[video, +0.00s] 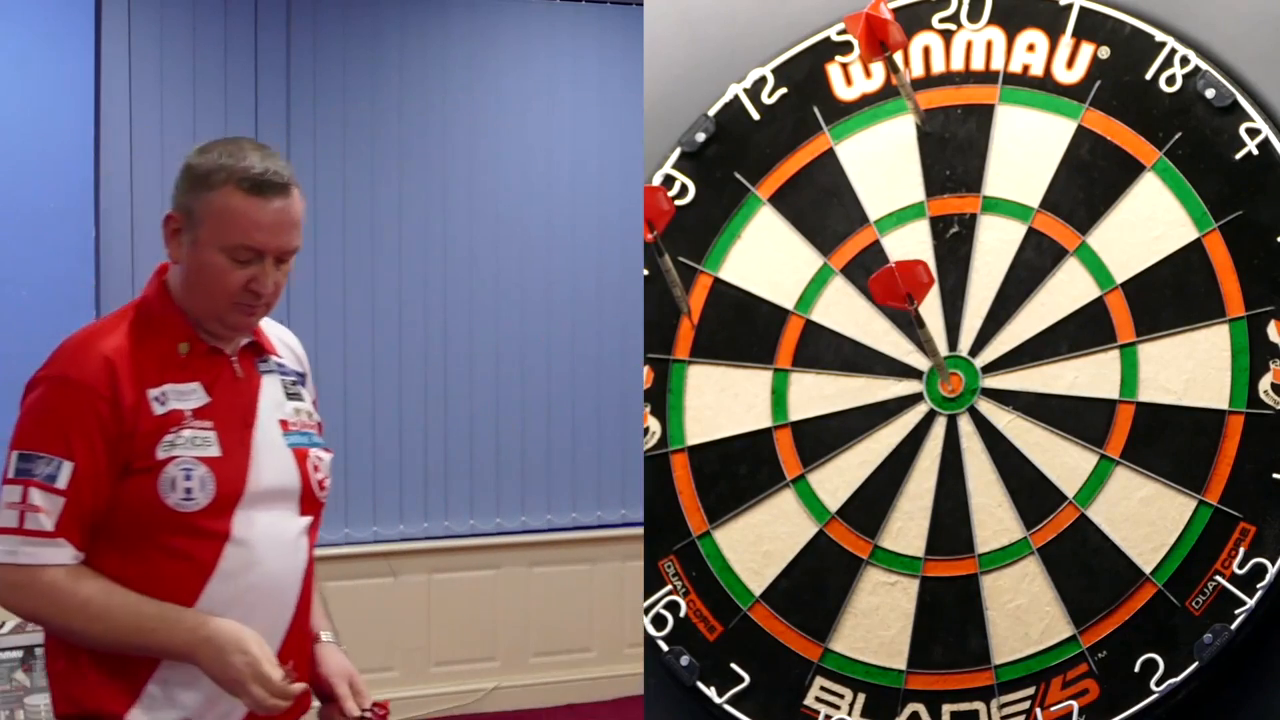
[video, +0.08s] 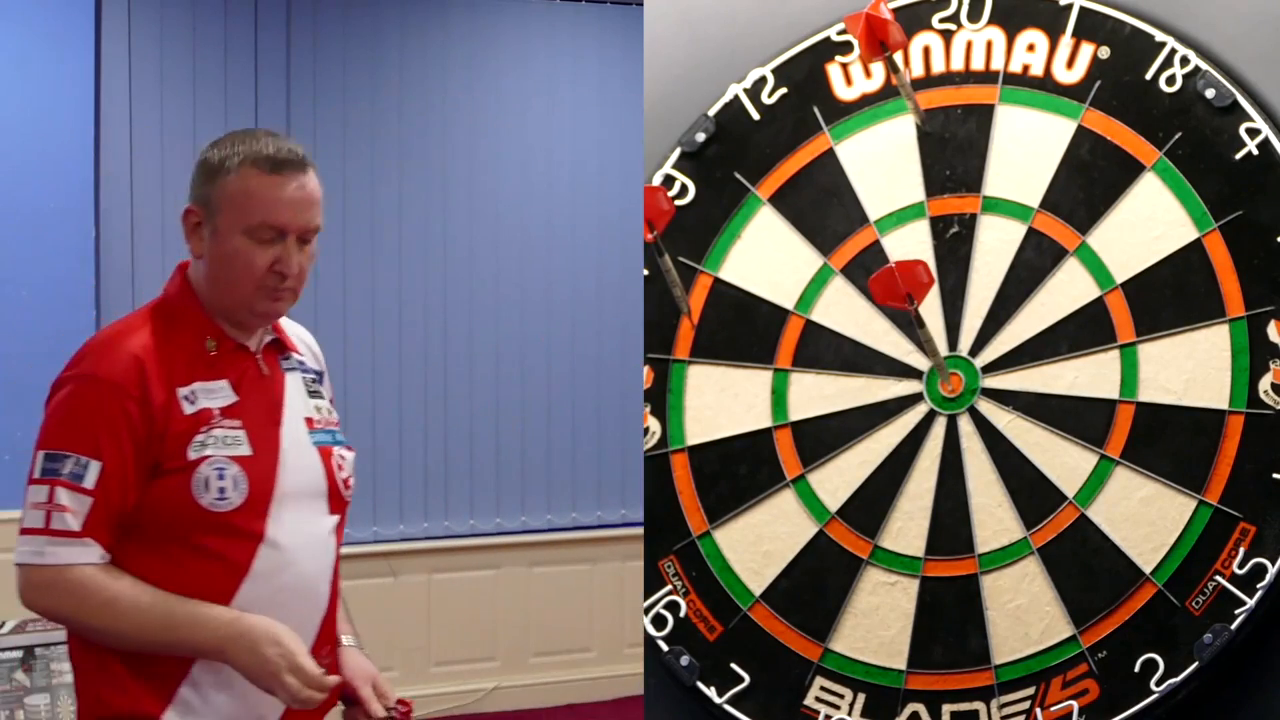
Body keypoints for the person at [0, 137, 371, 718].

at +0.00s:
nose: (266, 284)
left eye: (283, 259)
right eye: (243, 257)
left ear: (296, 250)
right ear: (176, 238)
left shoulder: (284, 355)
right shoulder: (92, 370)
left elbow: (284, 533)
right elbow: (21, 571)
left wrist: (322, 643)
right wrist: (199, 637)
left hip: (278, 702)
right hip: (139, 708)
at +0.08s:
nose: (291, 265)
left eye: (307, 239)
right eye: (265, 237)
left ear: (319, 238)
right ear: (197, 232)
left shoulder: (300, 351)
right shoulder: (119, 368)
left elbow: (303, 535)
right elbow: (49, 575)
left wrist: (344, 646)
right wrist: (232, 634)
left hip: (301, 704)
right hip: (164, 710)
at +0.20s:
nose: (305, 239)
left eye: (319, 214)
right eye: (276, 213)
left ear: (331, 221)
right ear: (209, 224)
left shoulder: (309, 346)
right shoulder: (140, 362)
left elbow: (316, 532)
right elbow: (75, 572)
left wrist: (362, 652)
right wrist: (263, 630)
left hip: (311, 704)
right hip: (184, 708)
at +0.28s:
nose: (312, 222)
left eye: (325, 200)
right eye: (281, 198)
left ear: (339, 212)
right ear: (216, 217)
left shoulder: (316, 345)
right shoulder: (164, 353)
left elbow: (320, 539)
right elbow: (99, 570)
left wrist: (373, 661)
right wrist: (299, 630)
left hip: (326, 703)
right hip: (206, 706)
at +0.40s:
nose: (321, 212)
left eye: (333, 190)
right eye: (290, 189)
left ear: (346, 204)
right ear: (225, 216)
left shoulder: (313, 340)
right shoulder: (186, 346)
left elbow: (323, 541)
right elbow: (126, 568)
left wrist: (388, 667)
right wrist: (330, 630)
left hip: (339, 702)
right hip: (228, 704)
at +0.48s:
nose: (331, 206)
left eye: (343, 185)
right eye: (299, 184)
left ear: (355, 202)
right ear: (234, 215)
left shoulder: (312, 339)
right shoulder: (206, 341)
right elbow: (156, 567)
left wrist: (401, 659)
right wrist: (366, 628)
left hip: (350, 703)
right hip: (246, 705)